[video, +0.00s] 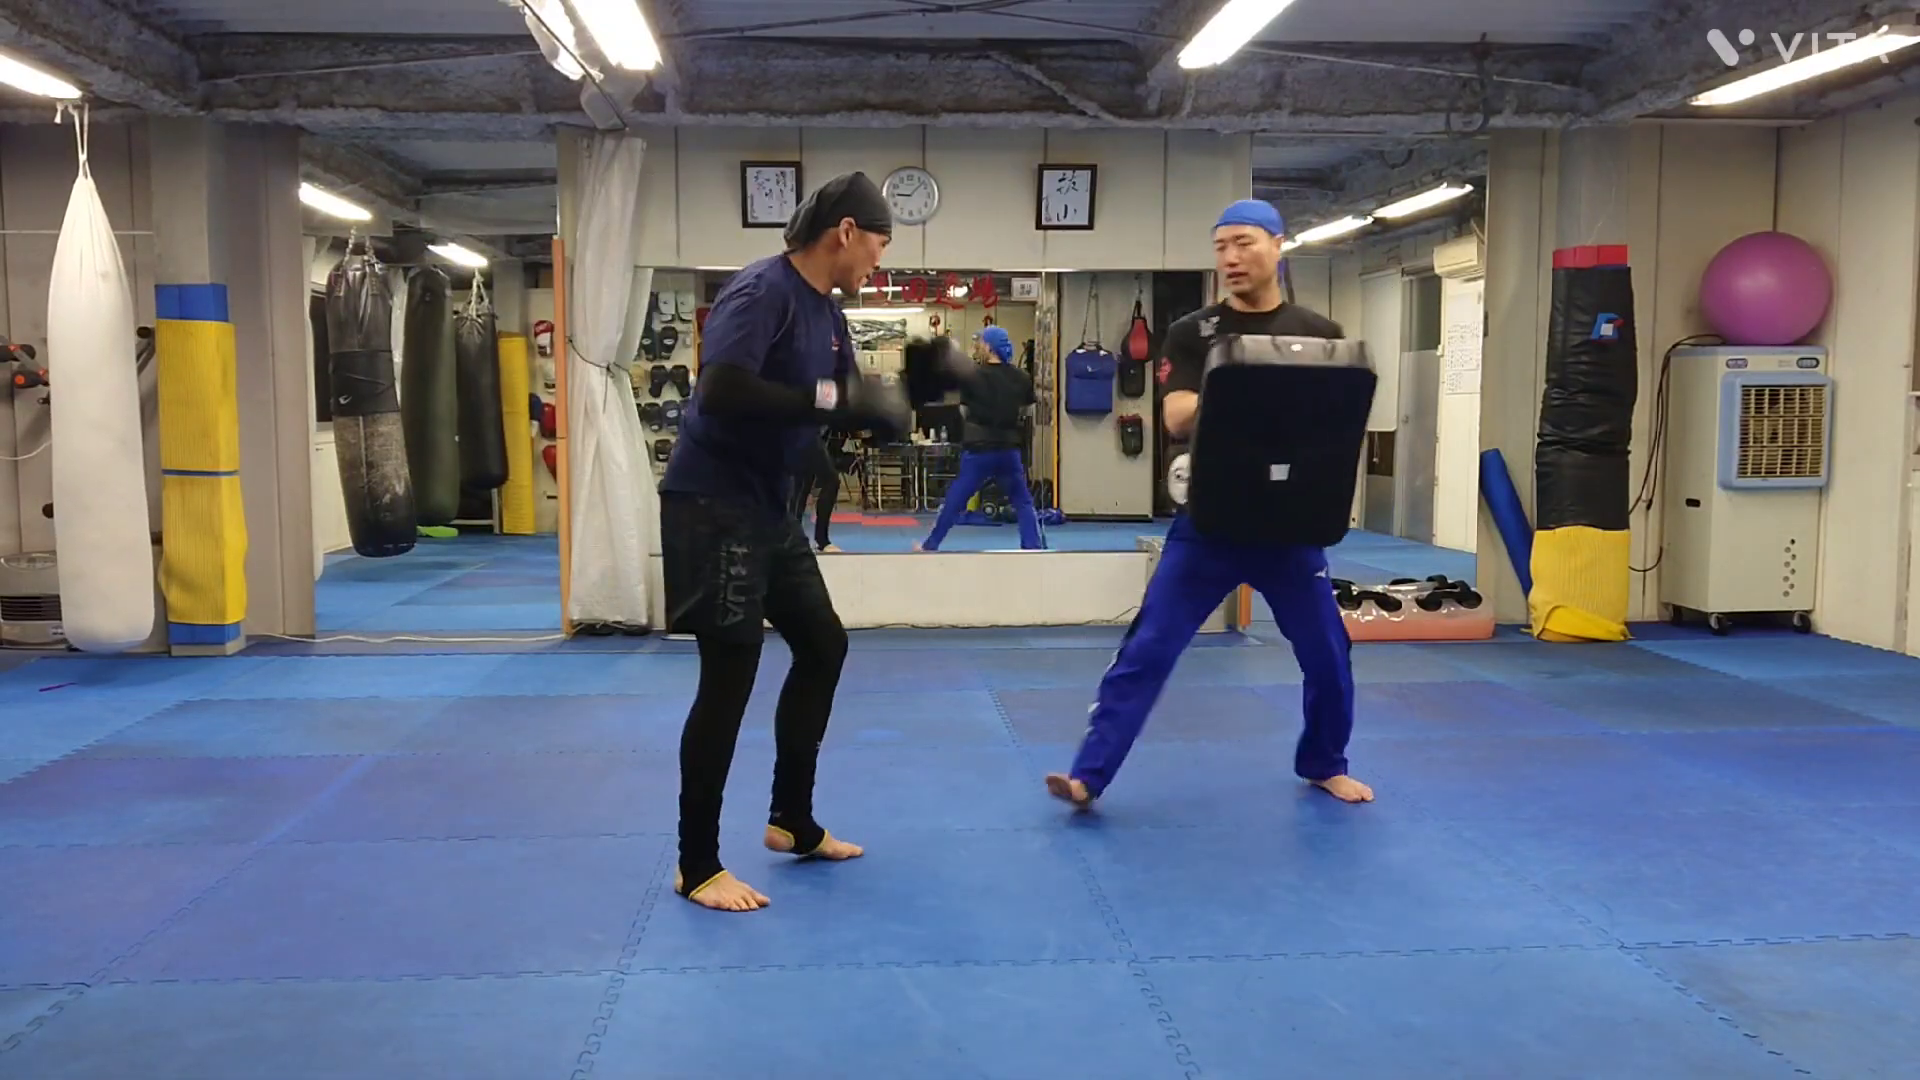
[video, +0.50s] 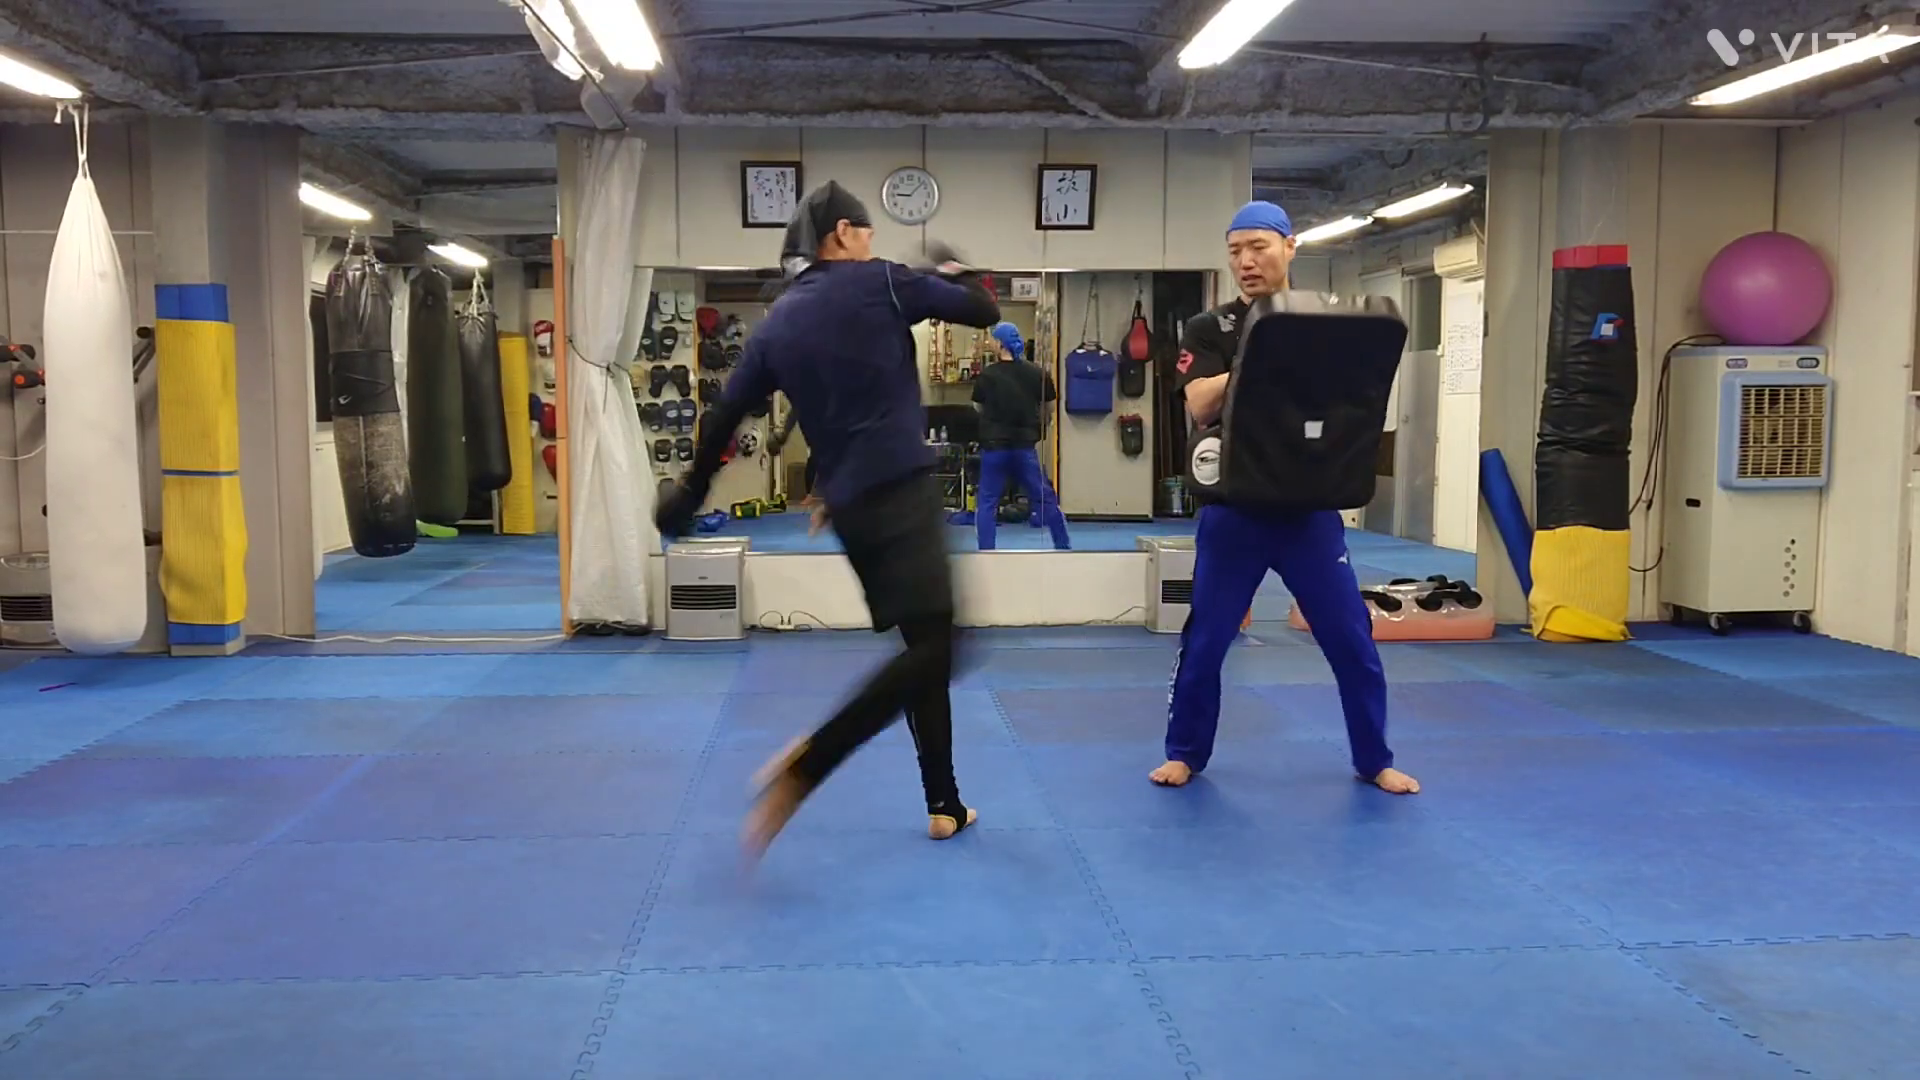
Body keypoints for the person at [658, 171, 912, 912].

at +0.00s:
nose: (879, 263)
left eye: (882, 250)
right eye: (876, 246)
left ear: (841, 237)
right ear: (841, 232)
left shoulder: (830, 316)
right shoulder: (760, 291)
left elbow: (851, 408)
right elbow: (719, 390)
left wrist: (918, 389)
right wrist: (826, 400)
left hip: (772, 514)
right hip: (714, 510)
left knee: (823, 648)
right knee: (726, 677)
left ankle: (791, 822)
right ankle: (697, 869)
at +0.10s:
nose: (881, 255)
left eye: (884, 242)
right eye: (879, 238)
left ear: (843, 230)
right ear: (844, 225)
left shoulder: (832, 308)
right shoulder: (768, 289)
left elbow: (854, 398)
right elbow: (724, 392)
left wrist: (934, 407)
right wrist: (829, 419)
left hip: (781, 513)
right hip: (725, 511)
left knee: (836, 634)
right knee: (730, 679)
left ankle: (797, 805)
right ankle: (698, 868)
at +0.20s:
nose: (881, 249)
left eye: (885, 235)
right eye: (881, 232)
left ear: (845, 220)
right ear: (852, 219)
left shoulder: (829, 301)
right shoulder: (782, 288)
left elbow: (841, 411)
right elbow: (781, 390)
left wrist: (922, 458)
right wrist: (895, 384)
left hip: (800, 510)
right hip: (752, 511)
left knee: (857, 624)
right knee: (739, 676)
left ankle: (862, 799)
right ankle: (698, 867)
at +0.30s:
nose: (882, 251)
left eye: (884, 237)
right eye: (881, 234)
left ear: (844, 223)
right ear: (852, 222)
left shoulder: (824, 297)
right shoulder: (795, 289)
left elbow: (819, 426)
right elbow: (852, 381)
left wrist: (883, 487)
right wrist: (933, 351)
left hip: (822, 517)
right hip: (774, 517)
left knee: (872, 634)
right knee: (748, 682)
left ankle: (909, 795)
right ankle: (699, 865)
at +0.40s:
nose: (885, 244)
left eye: (883, 233)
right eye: (880, 232)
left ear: (832, 233)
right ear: (853, 229)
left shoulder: (791, 308)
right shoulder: (853, 292)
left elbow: (763, 419)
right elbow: (952, 336)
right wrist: (945, 284)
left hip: (822, 511)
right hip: (831, 514)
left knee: (909, 633)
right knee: (793, 680)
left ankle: (943, 803)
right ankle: (705, 857)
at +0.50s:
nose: (872, 246)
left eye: (868, 235)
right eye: (867, 235)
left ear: (816, 243)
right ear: (842, 236)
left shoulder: (778, 324)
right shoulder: (879, 282)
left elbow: (724, 415)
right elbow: (980, 308)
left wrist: (690, 492)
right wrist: (949, 277)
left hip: (852, 503)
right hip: (905, 485)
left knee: (925, 649)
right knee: (933, 648)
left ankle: (944, 806)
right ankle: (803, 767)